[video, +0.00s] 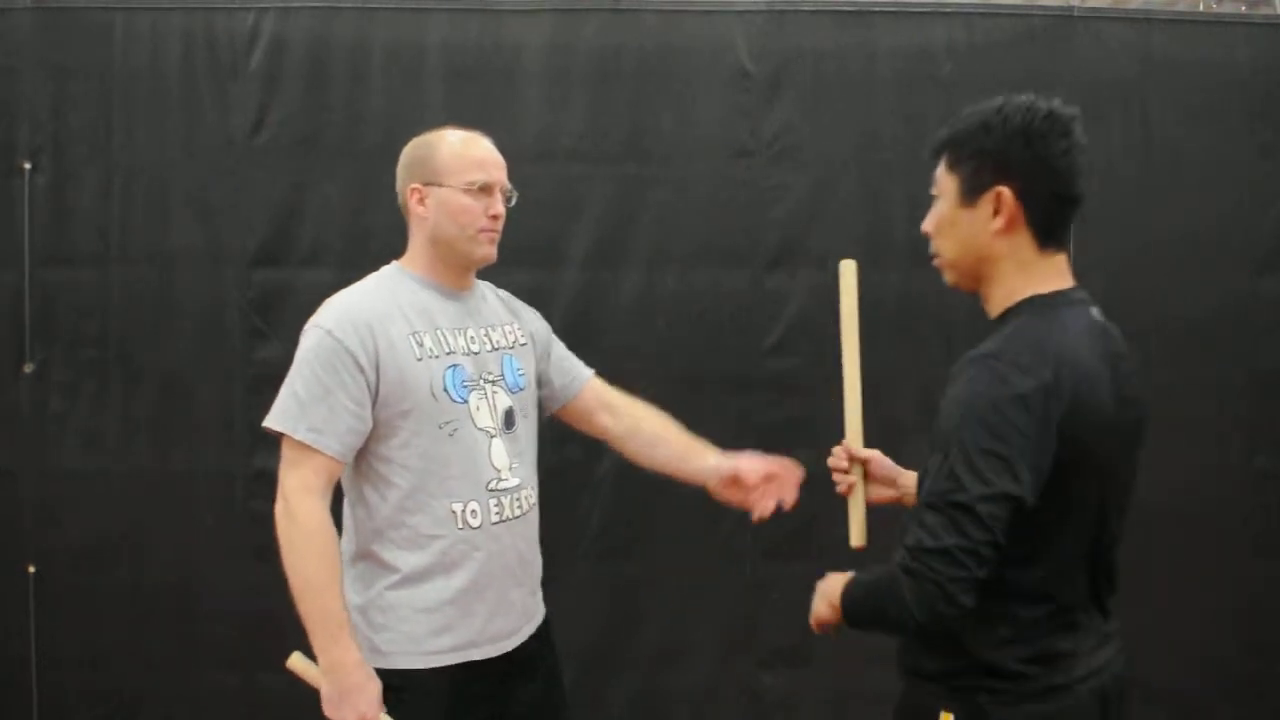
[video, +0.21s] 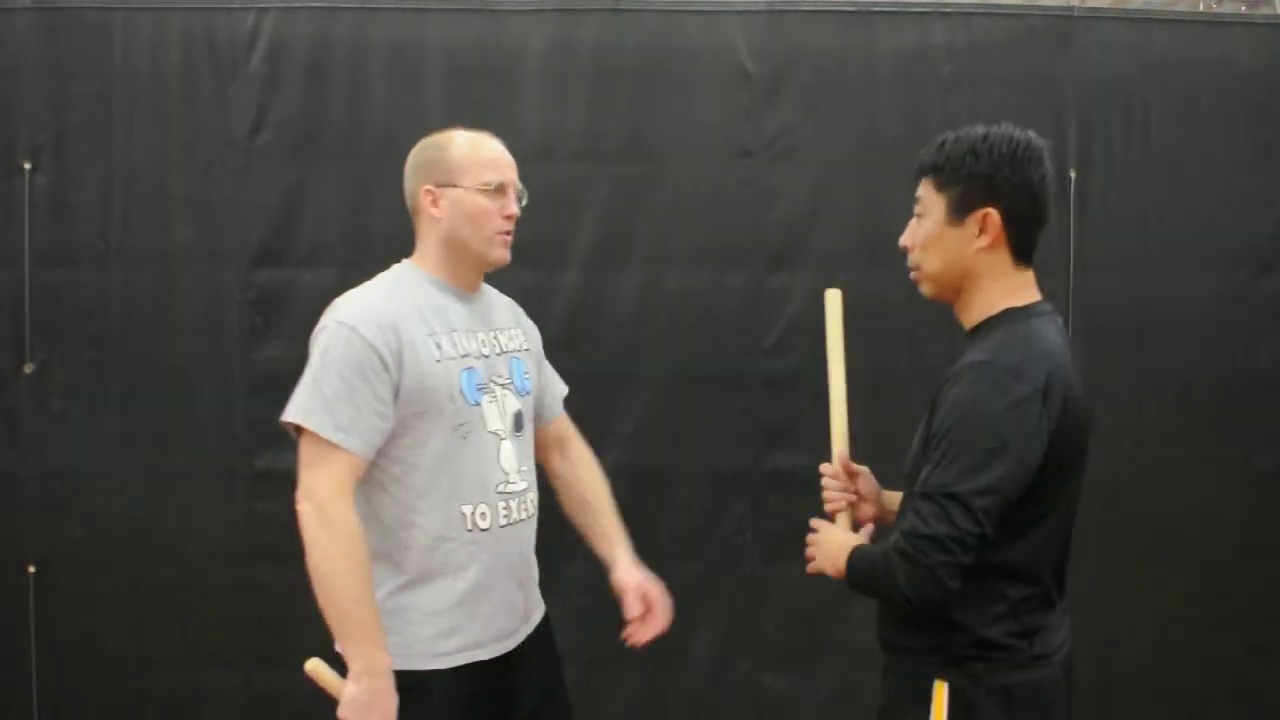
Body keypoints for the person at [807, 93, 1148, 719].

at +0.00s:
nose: (926, 227)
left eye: (939, 202)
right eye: (930, 203)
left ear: (999, 211)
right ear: (1005, 213)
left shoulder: (1005, 371)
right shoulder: (1098, 345)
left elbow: (934, 590)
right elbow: (1054, 510)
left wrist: (844, 596)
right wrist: (911, 487)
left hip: (985, 696)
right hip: (1081, 678)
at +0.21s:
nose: (904, 239)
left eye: (921, 215)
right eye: (912, 216)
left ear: (984, 229)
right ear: (982, 232)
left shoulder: (1002, 373)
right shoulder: (1024, 351)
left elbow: (927, 571)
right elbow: (992, 520)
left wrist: (850, 558)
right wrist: (887, 505)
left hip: (967, 688)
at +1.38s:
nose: (898, 240)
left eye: (917, 221)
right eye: (906, 221)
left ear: (977, 236)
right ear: (968, 237)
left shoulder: (1010, 358)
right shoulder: (974, 346)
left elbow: (976, 531)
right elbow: (953, 487)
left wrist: (874, 574)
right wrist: (870, 506)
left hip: (993, 648)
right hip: (956, 638)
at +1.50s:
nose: (902, 239)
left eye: (921, 220)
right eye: (909, 220)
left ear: (981, 238)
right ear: (978, 240)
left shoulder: (1005, 354)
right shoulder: (977, 344)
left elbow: (970, 520)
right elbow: (943, 478)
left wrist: (882, 569)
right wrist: (849, 497)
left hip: (986, 640)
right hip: (959, 633)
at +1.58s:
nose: (905, 240)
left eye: (923, 222)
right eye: (911, 221)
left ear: (982, 238)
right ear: (978, 240)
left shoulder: (1001, 352)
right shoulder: (982, 342)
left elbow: (943, 513)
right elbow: (941, 470)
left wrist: (877, 537)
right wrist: (843, 467)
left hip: (983, 637)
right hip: (961, 630)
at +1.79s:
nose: (903, 245)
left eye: (921, 227)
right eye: (909, 227)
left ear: (977, 240)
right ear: (973, 241)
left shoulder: (975, 347)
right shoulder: (1002, 331)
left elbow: (868, 476)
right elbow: (920, 417)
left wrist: (909, 442)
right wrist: (857, 344)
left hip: (971, 615)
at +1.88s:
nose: (903, 245)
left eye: (919, 228)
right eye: (908, 228)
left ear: (974, 240)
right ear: (970, 242)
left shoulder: (971, 346)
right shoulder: (1004, 331)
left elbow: (861, 465)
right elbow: (910, 416)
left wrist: (910, 438)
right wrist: (873, 308)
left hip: (968, 616)